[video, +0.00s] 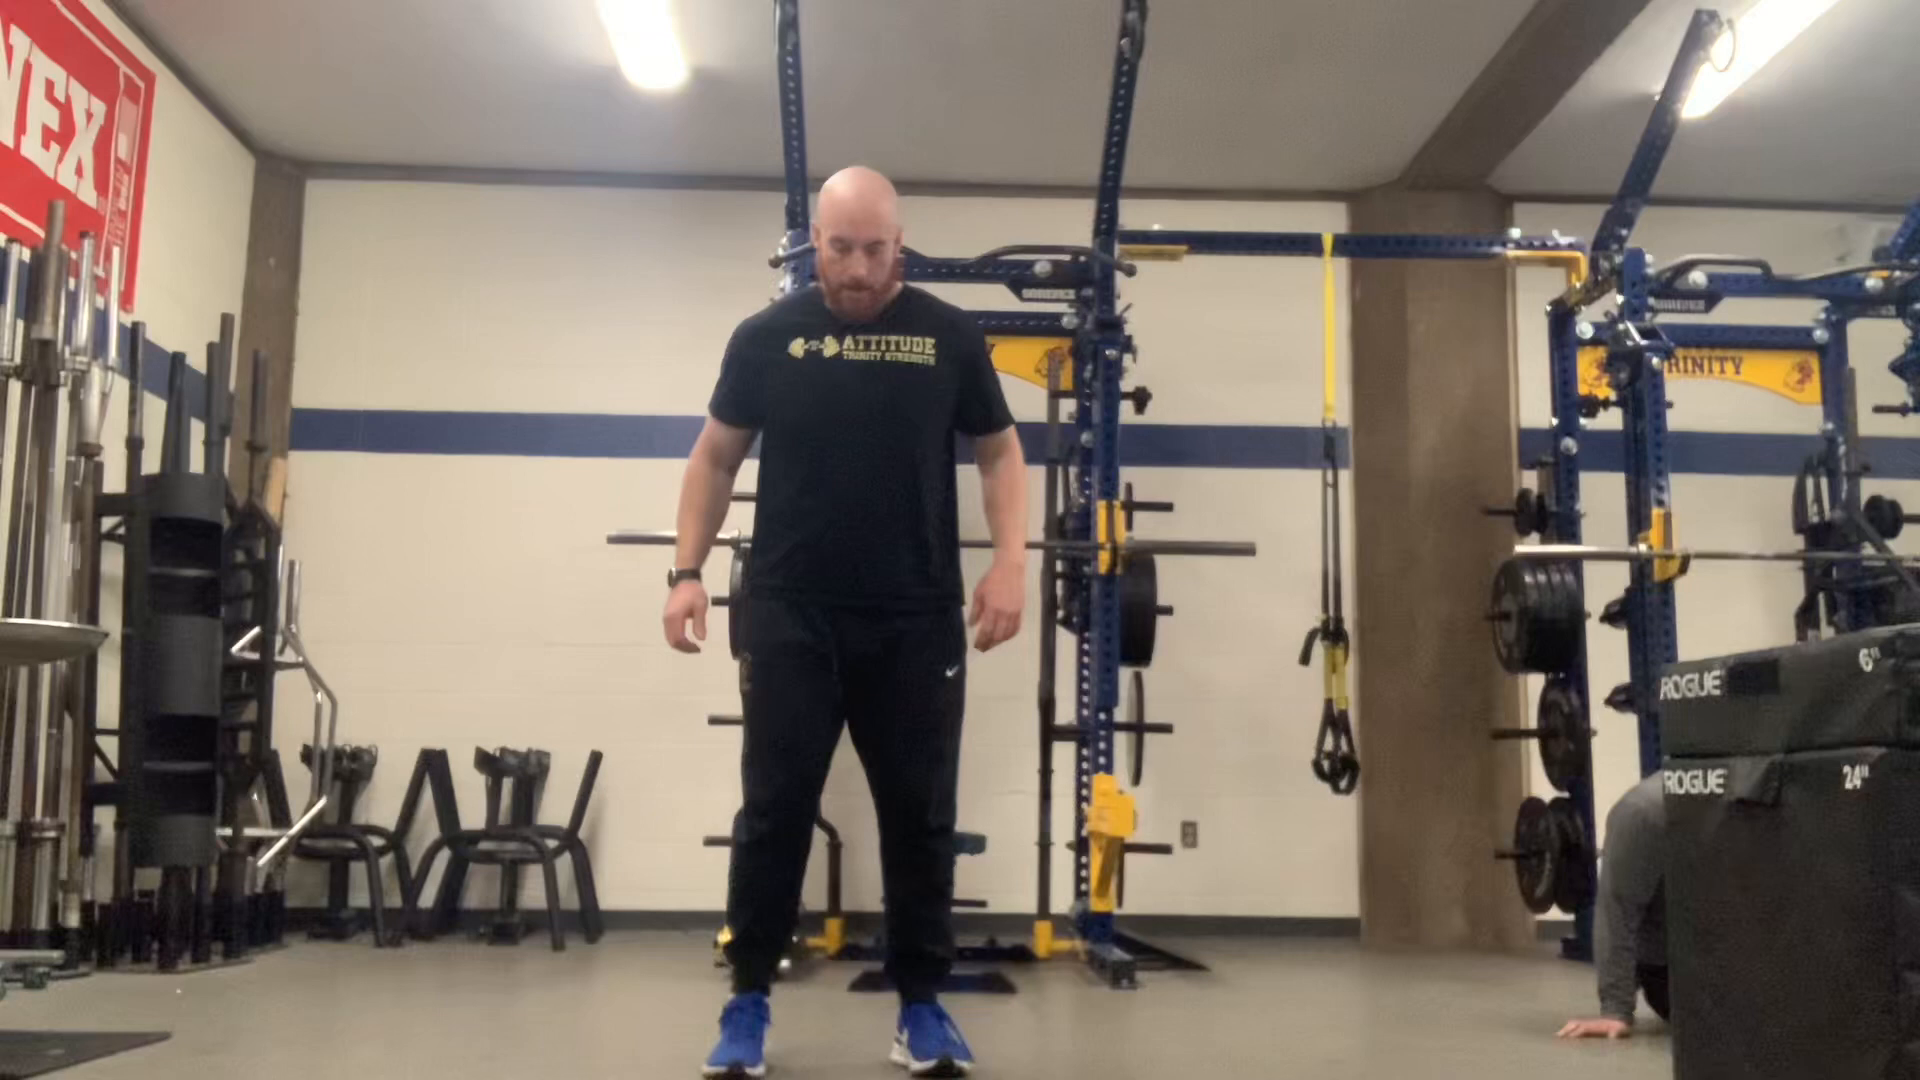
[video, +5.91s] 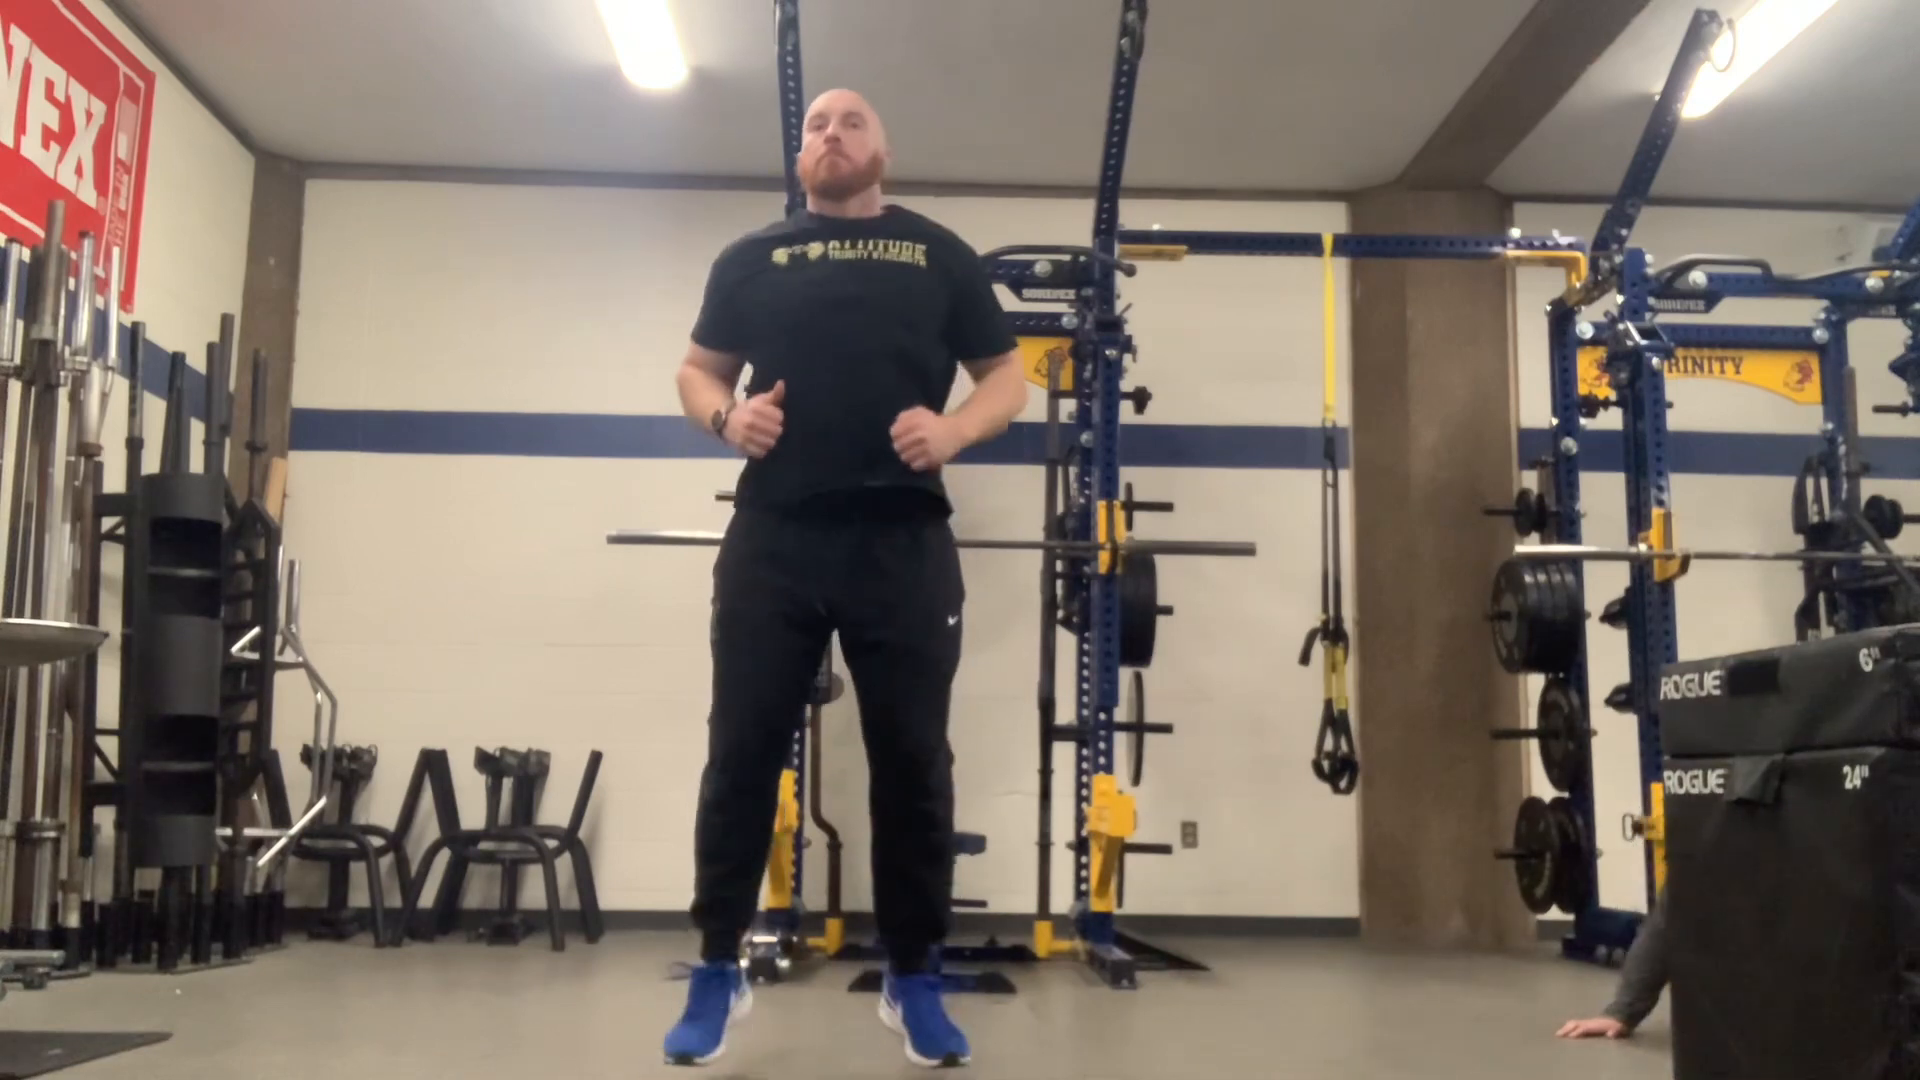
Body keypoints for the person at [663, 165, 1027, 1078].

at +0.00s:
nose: (856, 266)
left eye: (874, 248)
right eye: (840, 248)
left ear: (902, 240)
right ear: (813, 240)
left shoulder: (950, 338)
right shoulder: (765, 340)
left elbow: (1000, 456)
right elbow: (715, 457)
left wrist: (1010, 563)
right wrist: (685, 571)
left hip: (914, 618)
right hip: (789, 614)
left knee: (921, 818)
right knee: (774, 811)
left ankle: (921, 1006)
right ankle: (747, 1003)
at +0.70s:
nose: (840, 224)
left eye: (858, 207)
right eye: (825, 206)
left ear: (890, 216)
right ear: (801, 215)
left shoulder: (943, 316)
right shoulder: (755, 326)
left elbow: (1013, 443)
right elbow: (703, 448)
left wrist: (965, 469)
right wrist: (727, 482)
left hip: (908, 614)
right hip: (779, 612)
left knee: (903, 819)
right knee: (757, 819)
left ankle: (912, 1031)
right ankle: (741, 1029)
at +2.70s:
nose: (841, 200)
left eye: (858, 191)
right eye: (824, 196)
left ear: (891, 226)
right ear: (800, 235)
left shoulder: (945, 342)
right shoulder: (758, 343)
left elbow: (997, 463)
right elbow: (706, 470)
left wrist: (983, 527)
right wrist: (729, 519)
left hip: (912, 630)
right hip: (786, 629)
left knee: (904, 837)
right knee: (767, 831)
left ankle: (894, 1019)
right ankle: (748, 1017)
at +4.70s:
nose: (843, 149)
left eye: (861, 141)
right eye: (826, 144)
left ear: (894, 175)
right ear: (802, 180)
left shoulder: (948, 282)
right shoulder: (752, 282)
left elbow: (1012, 405)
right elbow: (693, 404)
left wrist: (971, 432)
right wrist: (729, 431)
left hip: (907, 566)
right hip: (773, 563)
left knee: (921, 787)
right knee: (742, 775)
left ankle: (922, 1016)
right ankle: (705, 1005)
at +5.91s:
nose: (834, 127)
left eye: (853, 118)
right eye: (817, 124)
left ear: (888, 152)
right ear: (797, 162)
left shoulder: (940, 256)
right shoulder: (749, 260)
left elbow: (1007, 381)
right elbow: (700, 375)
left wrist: (954, 429)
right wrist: (727, 418)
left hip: (901, 544)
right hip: (772, 542)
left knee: (914, 764)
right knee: (741, 754)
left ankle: (913, 976)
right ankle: (714, 970)